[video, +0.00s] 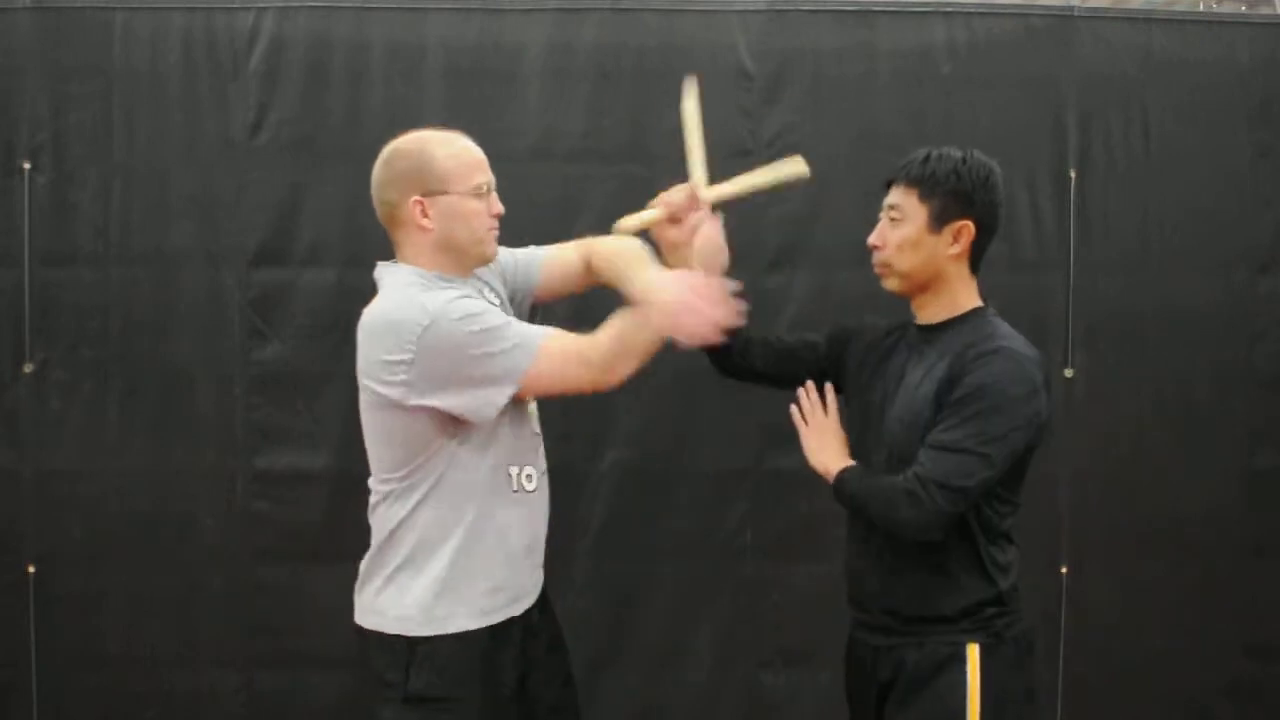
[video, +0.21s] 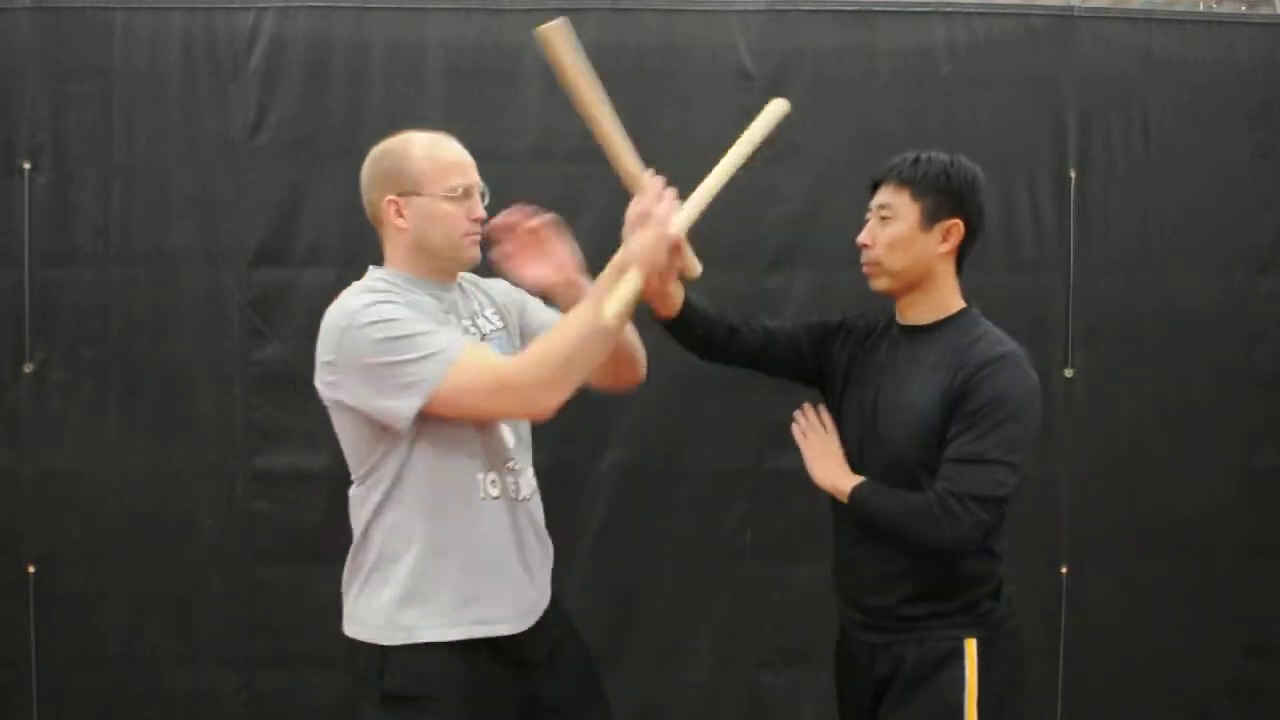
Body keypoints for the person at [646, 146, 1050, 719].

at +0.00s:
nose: (874, 239)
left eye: (894, 220)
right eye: (880, 219)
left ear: (957, 238)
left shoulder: (1005, 367)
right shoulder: (873, 351)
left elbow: (922, 507)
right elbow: (740, 356)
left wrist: (839, 469)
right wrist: (688, 259)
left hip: (961, 657)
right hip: (877, 649)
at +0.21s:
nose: (863, 238)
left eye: (884, 219)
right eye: (867, 220)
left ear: (947, 236)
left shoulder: (996, 368)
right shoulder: (855, 344)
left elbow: (961, 520)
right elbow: (736, 343)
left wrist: (845, 482)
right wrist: (661, 288)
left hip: (948, 651)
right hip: (864, 643)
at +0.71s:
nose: (850, 247)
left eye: (872, 228)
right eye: (855, 228)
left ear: (931, 243)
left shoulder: (956, 349)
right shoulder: (869, 355)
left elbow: (846, 327)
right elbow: (817, 473)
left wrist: (718, 306)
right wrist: (784, 573)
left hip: (929, 644)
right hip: (861, 637)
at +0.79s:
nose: (852, 245)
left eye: (874, 227)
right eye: (858, 227)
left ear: (933, 244)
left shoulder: (942, 343)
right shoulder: (888, 346)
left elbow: (800, 300)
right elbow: (820, 455)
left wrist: (678, 257)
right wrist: (771, 524)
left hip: (925, 643)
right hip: (872, 635)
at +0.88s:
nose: (855, 242)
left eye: (876, 225)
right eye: (863, 224)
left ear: (936, 243)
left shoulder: (949, 341)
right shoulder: (890, 343)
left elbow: (824, 298)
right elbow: (817, 417)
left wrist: (712, 263)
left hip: (918, 642)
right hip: (868, 633)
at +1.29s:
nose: (840, 247)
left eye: (851, 231)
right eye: (845, 230)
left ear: (898, 246)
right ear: (905, 249)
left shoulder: (871, 364)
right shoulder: (974, 356)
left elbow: (742, 466)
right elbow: (871, 426)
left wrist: (712, 404)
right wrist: (772, 397)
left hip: (877, 653)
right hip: (957, 634)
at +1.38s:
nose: (829, 248)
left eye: (840, 231)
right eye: (835, 230)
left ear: (886, 248)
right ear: (897, 251)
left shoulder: (860, 366)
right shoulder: (973, 359)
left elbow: (742, 474)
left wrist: (691, 434)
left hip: (878, 651)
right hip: (961, 637)